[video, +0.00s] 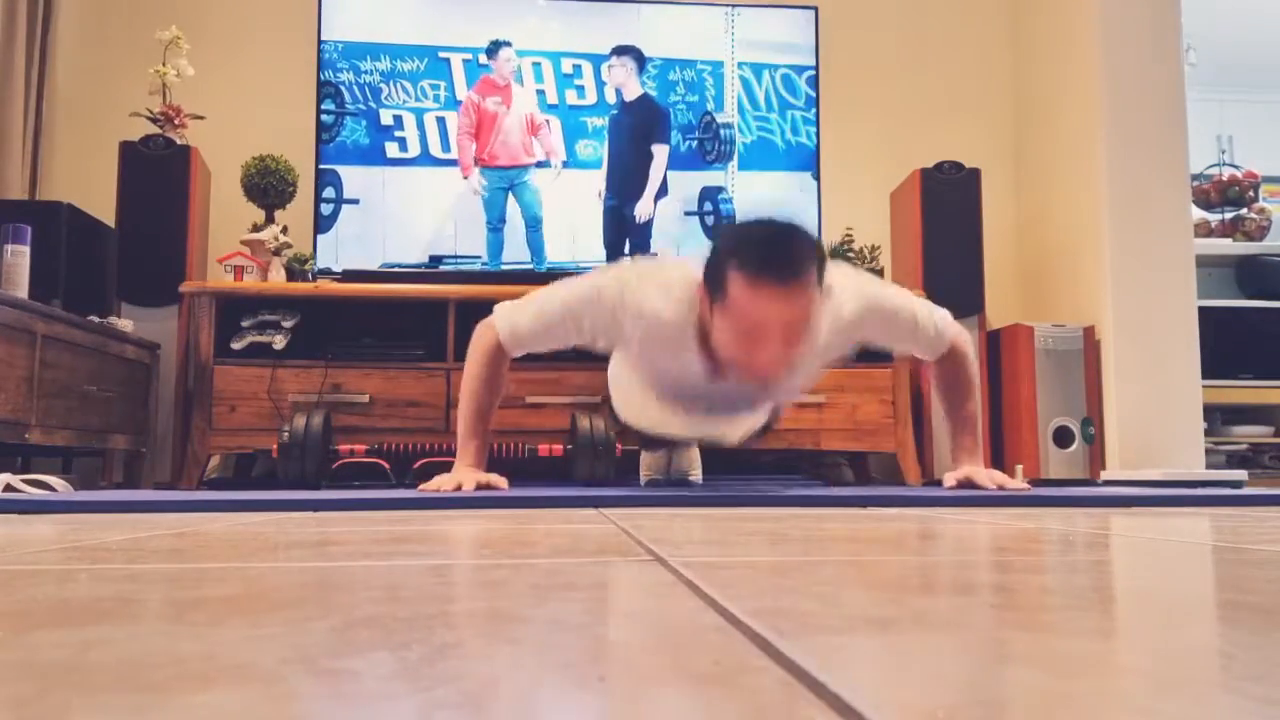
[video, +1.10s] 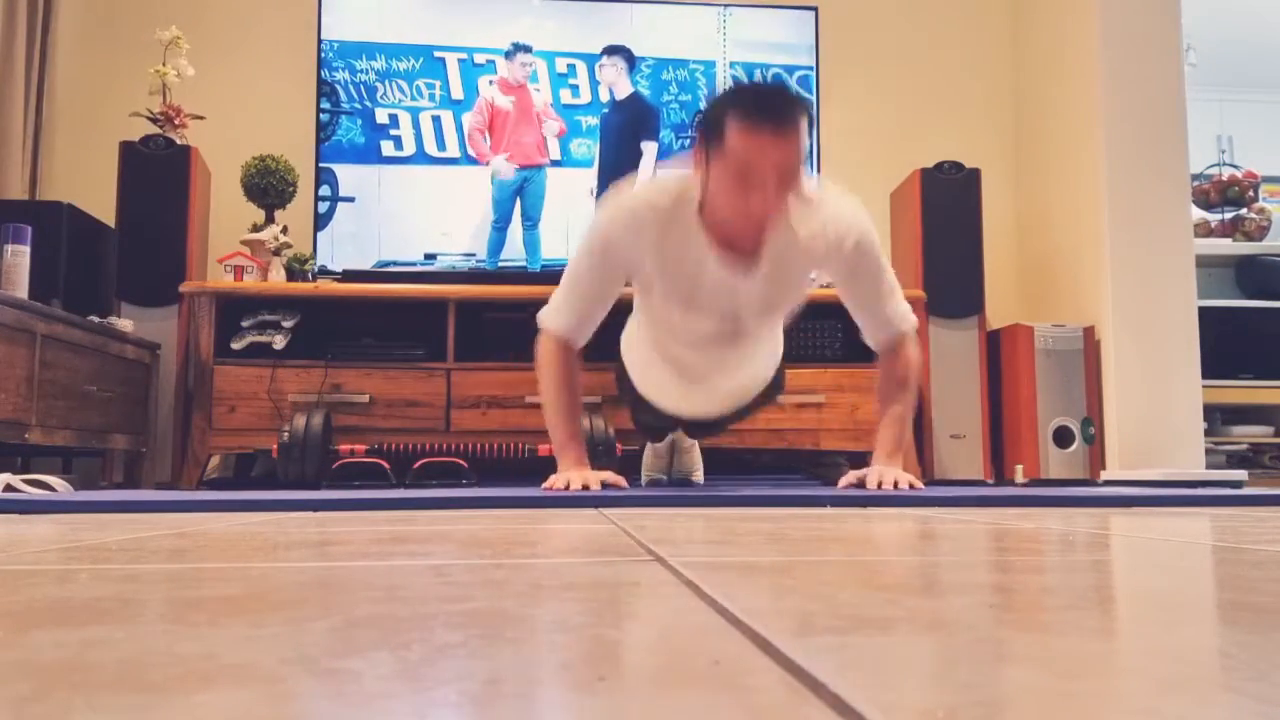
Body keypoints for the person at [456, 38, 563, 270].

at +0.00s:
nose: (514, 64)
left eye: (515, 59)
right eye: (508, 60)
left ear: (515, 60)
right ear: (493, 63)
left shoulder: (523, 94)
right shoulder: (476, 96)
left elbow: (539, 126)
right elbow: (464, 135)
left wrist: (552, 153)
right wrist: (469, 171)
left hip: (524, 170)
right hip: (492, 171)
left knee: (535, 218)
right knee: (495, 223)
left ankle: (540, 268)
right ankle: (494, 269)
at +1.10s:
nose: (528, 70)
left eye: (530, 65)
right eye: (523, 65)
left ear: (532, 66)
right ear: (508, 64)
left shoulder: (536, 95)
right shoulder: (491, 95)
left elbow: (560, 125)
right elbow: (474, 132)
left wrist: (557, 127)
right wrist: (491, 159)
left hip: (536, 169)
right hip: (507, 169)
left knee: (532, 223)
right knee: (501, 223)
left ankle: (535, 270)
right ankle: (490, 268)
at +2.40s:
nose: (545, 69)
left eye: (547, 63)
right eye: (540, 64)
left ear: (548, 63)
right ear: (525, 64)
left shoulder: (552, 89)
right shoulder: (509, 94)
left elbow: (574, 100)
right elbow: (501, 133)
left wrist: (594, 105)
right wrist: (535, 145)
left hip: (546, 165)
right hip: (519, 165)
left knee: (541, 214)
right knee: (510, 213)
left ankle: (542, 261)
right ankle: (500, 259)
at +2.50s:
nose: (542, 66)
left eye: (543, 61)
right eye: (537, 62)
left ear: (544, 61)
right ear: (523, 62)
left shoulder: (549, 89)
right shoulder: (507, 92)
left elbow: (572, 99)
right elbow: (498, 129)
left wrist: (593, 104)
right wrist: (532, 142)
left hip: (545, 163)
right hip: (518, 163)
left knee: (541, 213)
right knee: (510, 212)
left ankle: (543, 260)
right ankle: (500, 258)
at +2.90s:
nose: (531, 61)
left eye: (531, 56)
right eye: (525, 56)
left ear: (532, 57)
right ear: (510, 58)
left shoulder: (537, 86)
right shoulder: (496, 88)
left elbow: (553, 108)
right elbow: (484, 123)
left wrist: (563, 115)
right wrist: (512, 142)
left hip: (537, 159)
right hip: (510, 159)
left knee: (539, 210)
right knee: (507, 209)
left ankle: (544, 257)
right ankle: (503, 256)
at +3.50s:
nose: (529, 58)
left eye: (529, 53)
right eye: (524, 54)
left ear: (528, 56)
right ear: (509, 56)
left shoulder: (534, 87)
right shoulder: (494, 87)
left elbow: (557, 118)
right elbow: (482, 121)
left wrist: (548, 103)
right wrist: (514, 137)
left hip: (537, 157)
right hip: (509, 158)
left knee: (540, 208)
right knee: (509, 208)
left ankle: (548, 255)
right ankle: (506, 255)